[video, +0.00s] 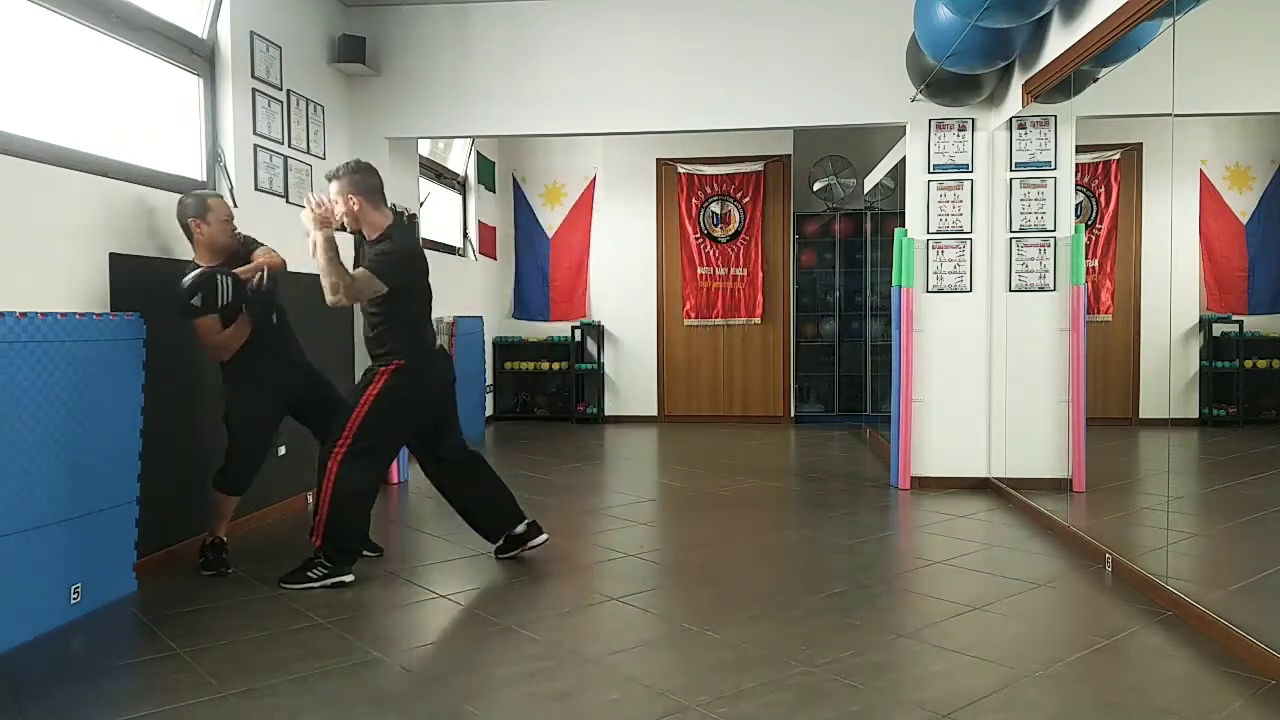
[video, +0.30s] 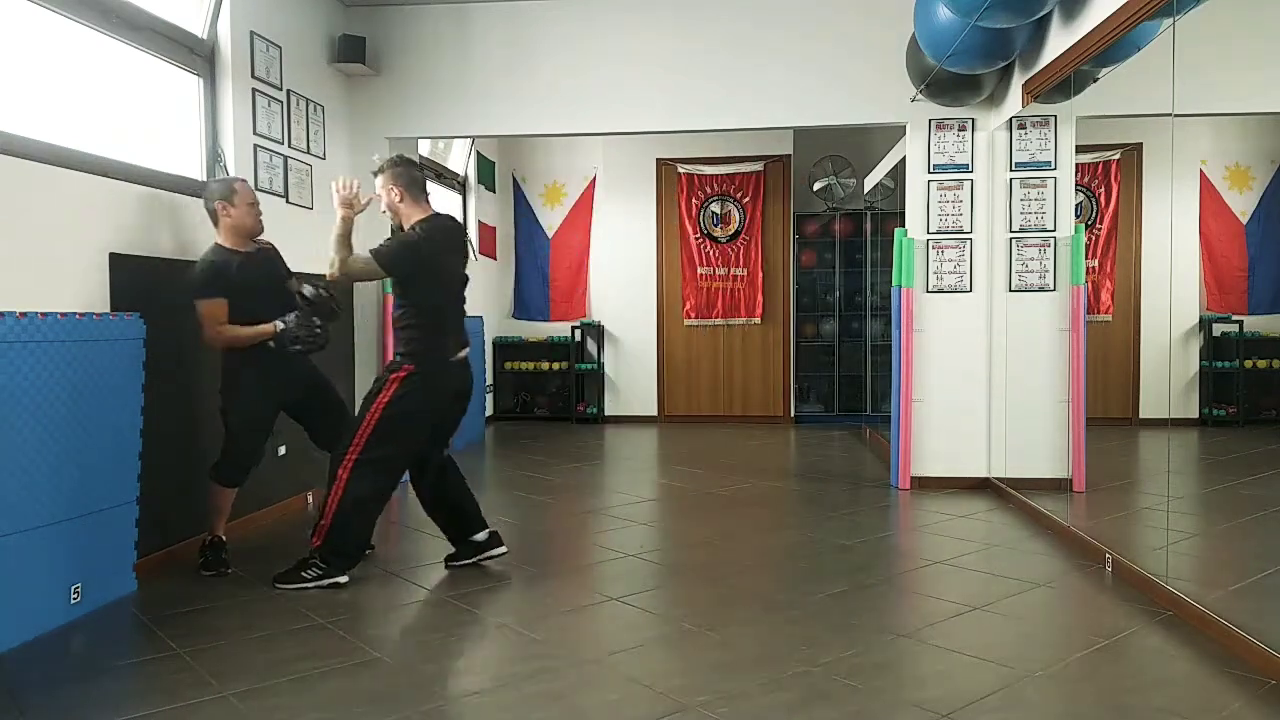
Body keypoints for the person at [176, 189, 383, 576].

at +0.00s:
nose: (235, 228)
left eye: (233, 220)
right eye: (226, 221)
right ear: (198, 227)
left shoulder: (243, 247)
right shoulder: (195, 285)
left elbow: (277, 261)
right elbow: (216, 350)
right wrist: (251, 314)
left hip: (293, 371)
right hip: (250, 387)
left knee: (345, 430)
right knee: (242, 461)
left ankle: (343, 530)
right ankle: (216, 540)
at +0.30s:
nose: (260, 212)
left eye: (258, 205)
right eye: (252, 205)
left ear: (233, 210)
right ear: (223, 211)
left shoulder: (267, 252)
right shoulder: (212, 267)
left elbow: (290, 291)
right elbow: (214, 333)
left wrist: (311, 296)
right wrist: (276, 328)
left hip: (293, 368)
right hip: (248, 377)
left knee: (346, 435)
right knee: (238, 456)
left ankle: (341, 530)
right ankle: (215, 539)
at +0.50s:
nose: (309, 208)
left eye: (307, 201)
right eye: (301, 201)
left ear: (278, 207)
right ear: (274, 207)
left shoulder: (308, 255)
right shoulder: (258, 258)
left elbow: (317, 301)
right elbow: (244, 321)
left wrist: (339, 310)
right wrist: (304, 336)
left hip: (313, 372)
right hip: (274, 374)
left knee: (337, 453)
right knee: (258, 457)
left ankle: (303, 533)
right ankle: (219, 533)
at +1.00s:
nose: (420, 221)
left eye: (421, 214)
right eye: (414, 214)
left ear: (395, 214)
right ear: (387, 213)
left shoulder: (398, 260)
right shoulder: (368, 254)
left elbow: (405, 314)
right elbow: (351, 316)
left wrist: (429, 328)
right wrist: (408, 332)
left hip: (393, 367)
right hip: (373, 368)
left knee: (392, 454)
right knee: (405, 454)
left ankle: (330, 513)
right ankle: (394, 548)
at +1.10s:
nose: (439, 218)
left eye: (440, 211)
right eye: (433, 210)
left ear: (410, 211)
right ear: (405, 209)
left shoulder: (408, 252)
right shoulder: (389, 249)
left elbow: (403, 307)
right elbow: (373, 308)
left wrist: (438, 316)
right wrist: (427, 330)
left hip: (403, 360)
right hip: (386, 362)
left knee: (423, 439)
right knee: (411, 449)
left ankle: (365, 508)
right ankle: (396, 545)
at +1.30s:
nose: (465, 220)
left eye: (466, 212)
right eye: (460, 211)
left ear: (437, 210)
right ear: (433, 207)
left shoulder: (431, 248)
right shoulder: (416, 241)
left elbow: (437, 295)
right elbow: (392, 296)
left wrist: (475, 289)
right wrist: (447, 307)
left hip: (423, 359)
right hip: (419, 361)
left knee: (427, 444)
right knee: (460, 441)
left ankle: (410, 524)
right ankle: (421, 527)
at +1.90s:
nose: (523, 224)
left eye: (525, 216)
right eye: (519, 215)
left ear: (491, 212)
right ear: (494, 209)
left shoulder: (460, 245)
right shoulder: (488, 242)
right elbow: (500, 302)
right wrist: (548, 304)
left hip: (462, 366)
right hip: (489, 362)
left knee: (491, 450)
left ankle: (489, 544)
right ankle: (528, 512)